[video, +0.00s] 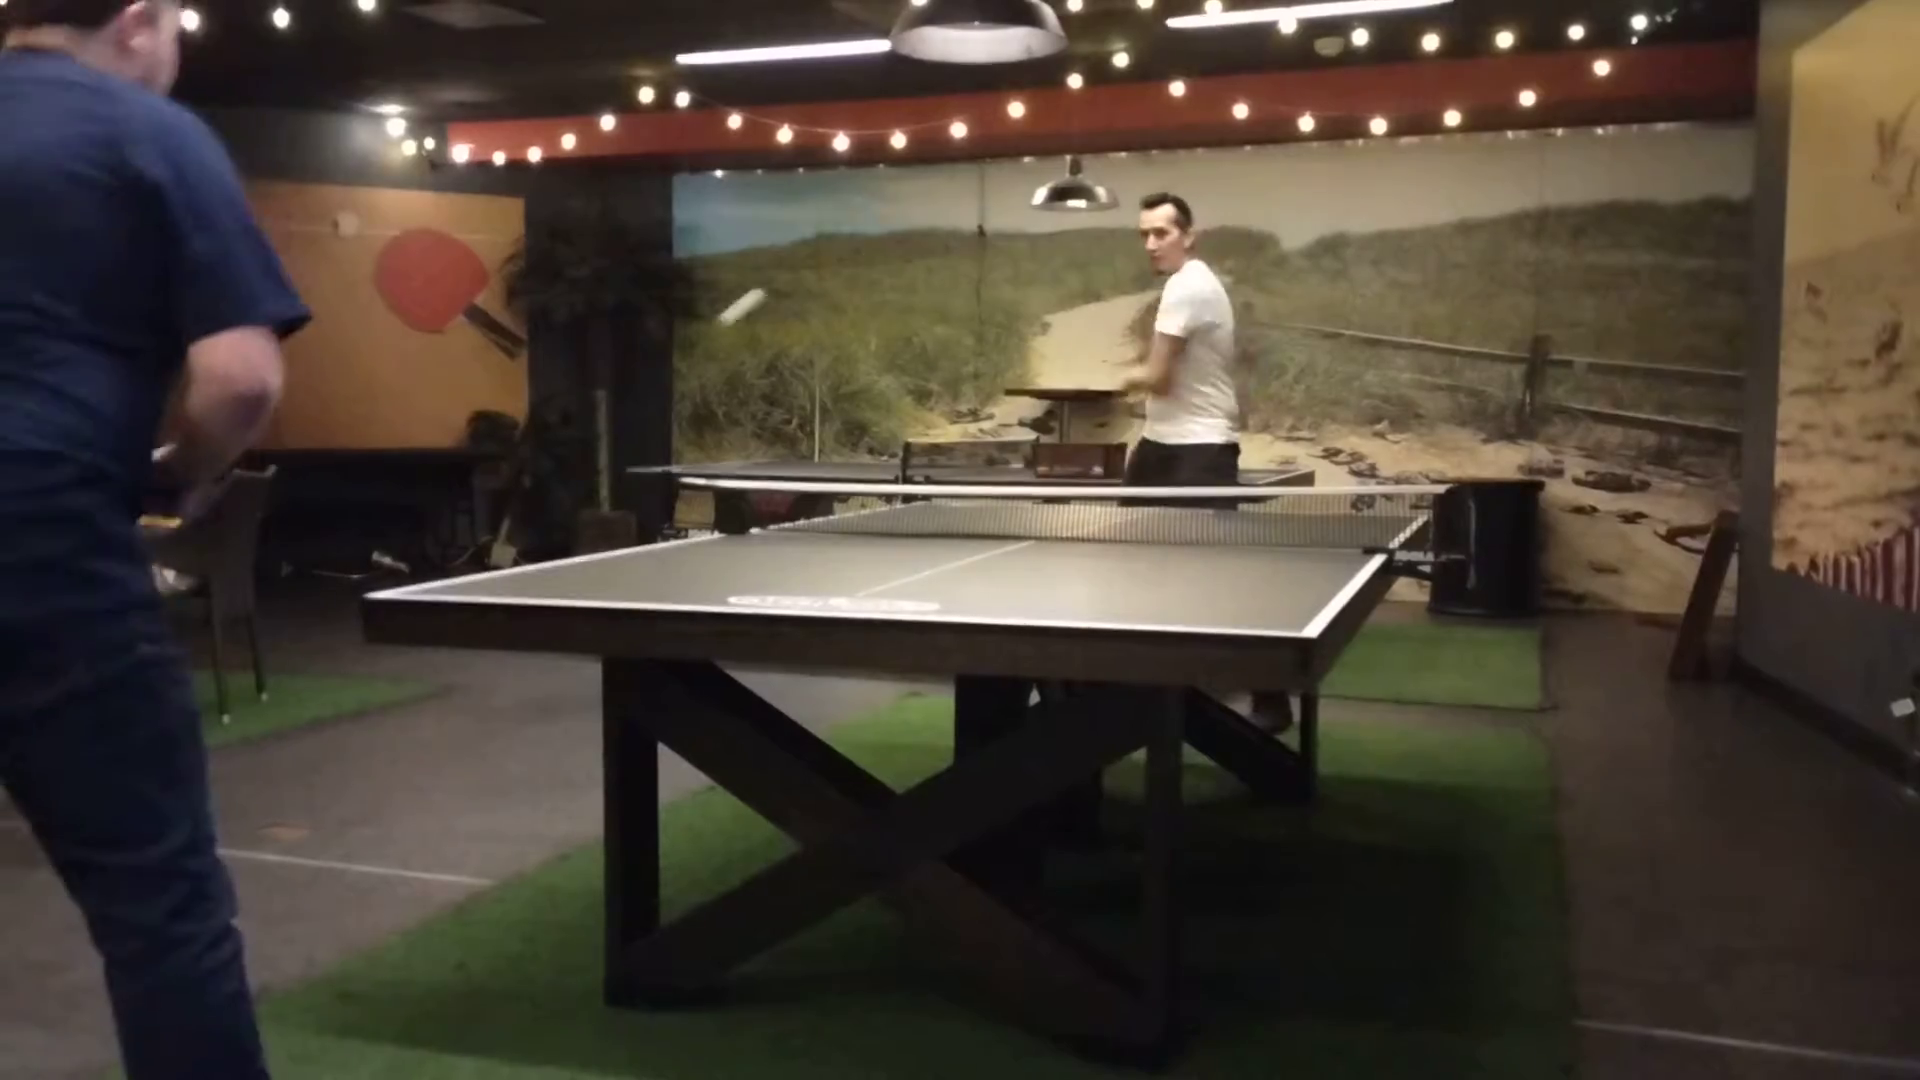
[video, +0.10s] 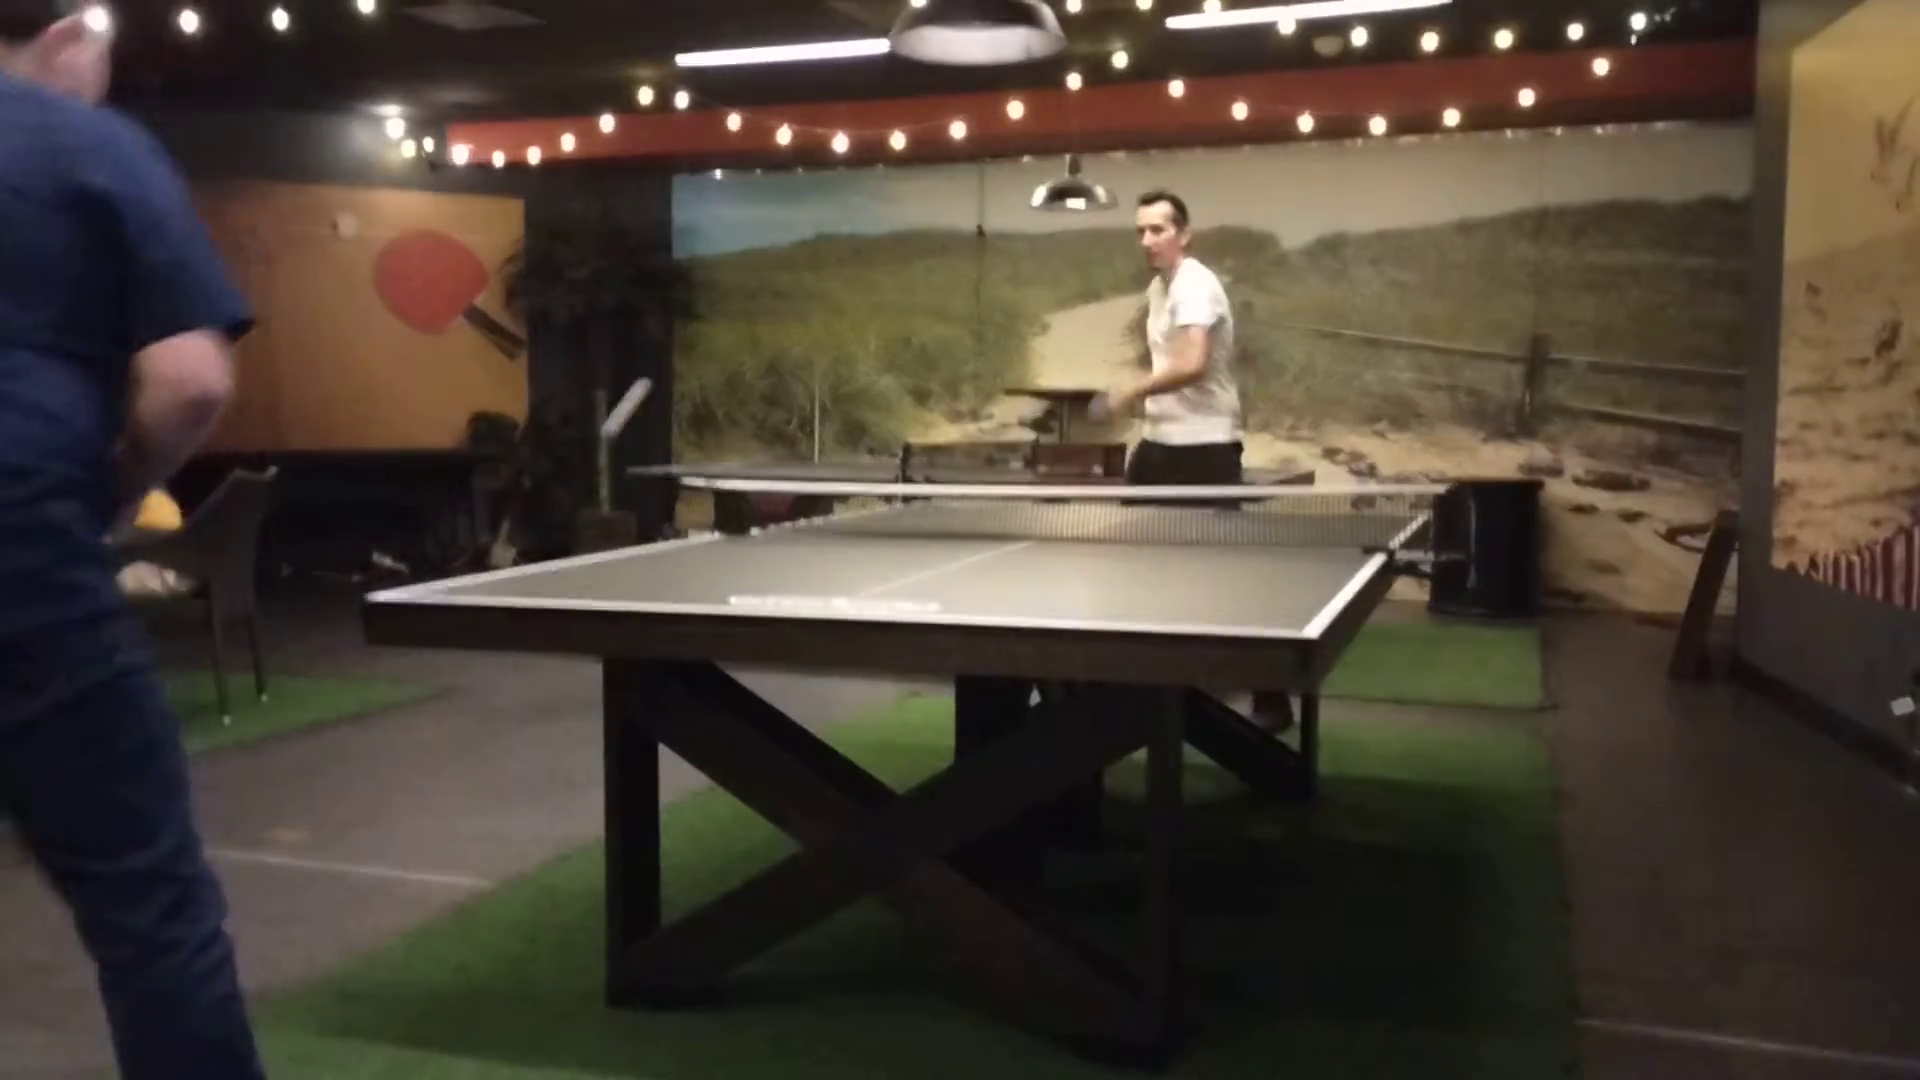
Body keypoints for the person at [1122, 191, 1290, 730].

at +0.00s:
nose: (1151, 243)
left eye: (1161, 233)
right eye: (1145, 235)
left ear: (1188, 235)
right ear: (1145, 239)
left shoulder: (1186, 286)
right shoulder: (1195, 281)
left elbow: (1159, 379)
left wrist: (1125, 379)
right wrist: (1144, 366)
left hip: (1193, 450)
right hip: (1170, 446)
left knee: (1211, 568)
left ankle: (1266, 699)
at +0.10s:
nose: (1147, 239)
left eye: (1157, 229)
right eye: (1142, 231)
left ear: (1183, 233)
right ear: (1141, 237)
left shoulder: (1195, 283)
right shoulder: (1160, 290)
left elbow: (1192, 362)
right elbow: (1171, 363)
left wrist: (1131, 389)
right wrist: (1140, 396)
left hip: (1203, 448)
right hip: (1161, 445)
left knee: (1224, 566)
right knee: (1140, 562)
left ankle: (1267, 695)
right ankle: (1143, 683)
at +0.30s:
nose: (1167, 249)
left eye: (1176, 237)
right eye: (1156, 238)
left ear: (1193, 241)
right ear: (1141, 246)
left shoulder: (1222, 293)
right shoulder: (1150, 304)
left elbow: (1248, 370)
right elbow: (1139, 382)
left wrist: (1211, 436)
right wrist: (1123, 442)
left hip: (1213, 458)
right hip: (1158, 457)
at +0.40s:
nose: (1259, 257)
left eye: (1269, 244)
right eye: (1248, 249)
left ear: (1292, 245)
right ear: (1237, 257)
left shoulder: (1324, 299)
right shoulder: (1241, 316)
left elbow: (1338, 386)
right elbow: (1227, 403)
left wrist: (1334, 459)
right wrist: (1201, 466)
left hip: (1310, 468)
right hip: (1251, 470)